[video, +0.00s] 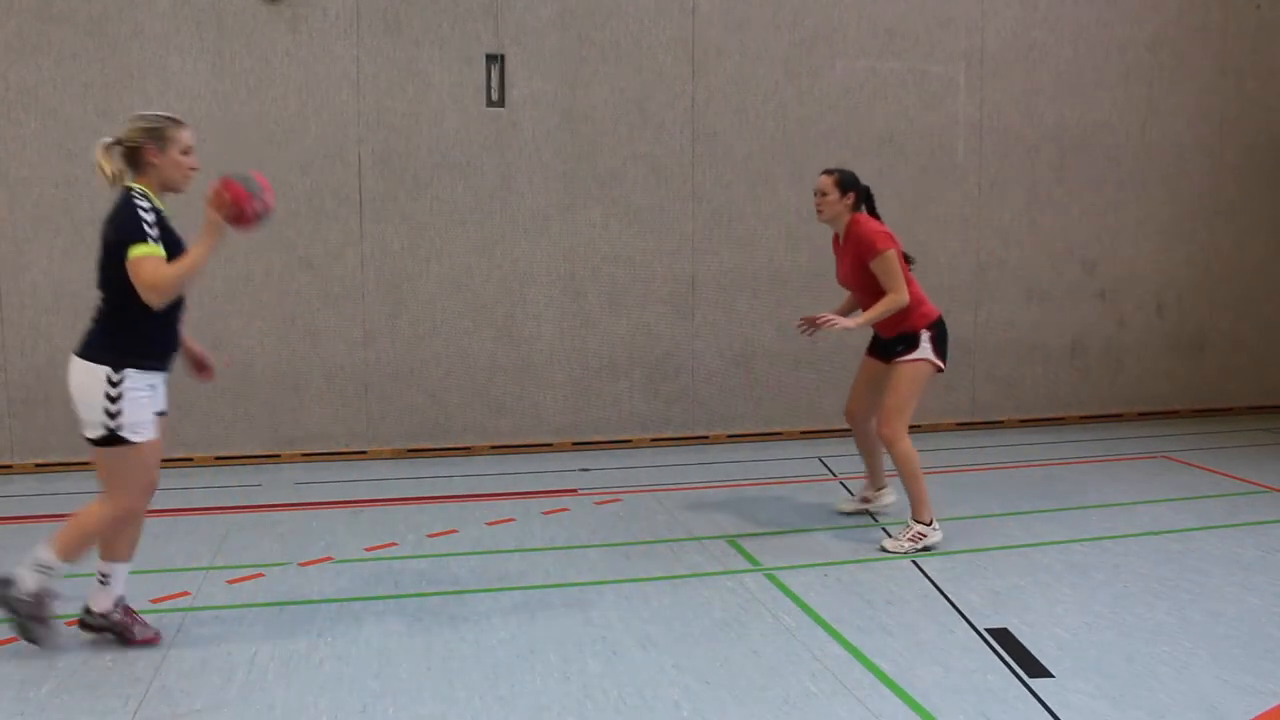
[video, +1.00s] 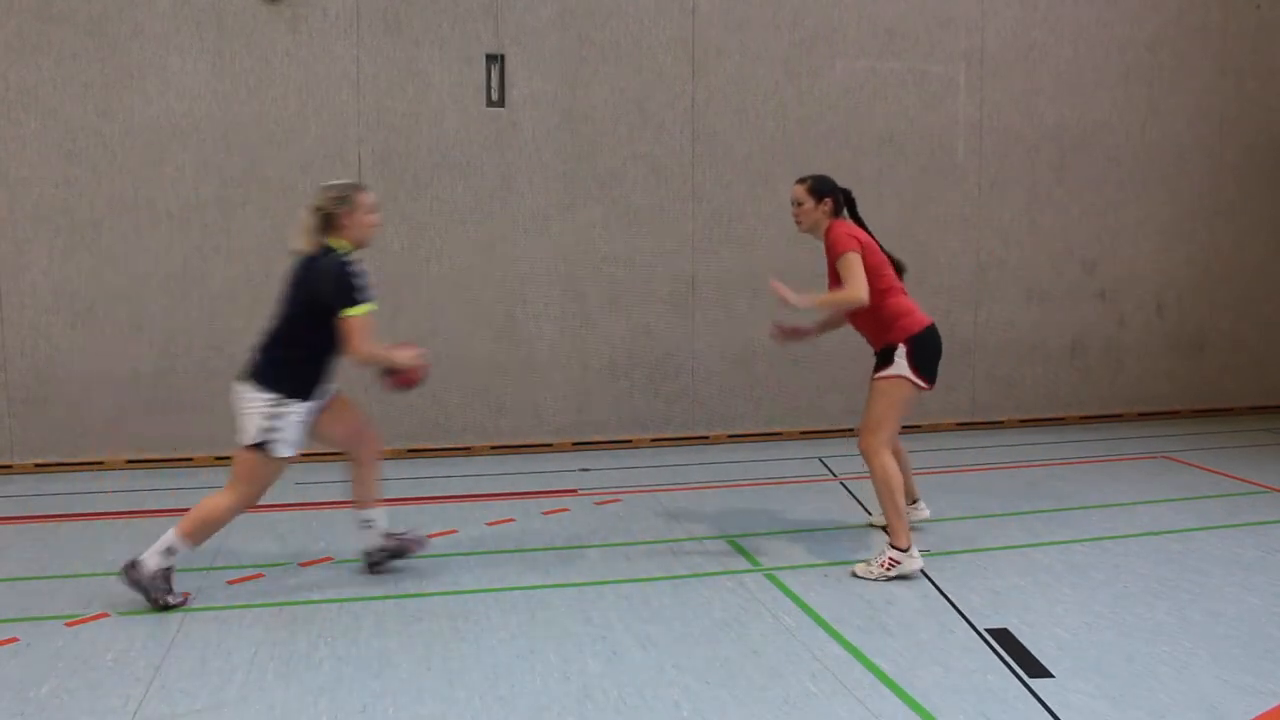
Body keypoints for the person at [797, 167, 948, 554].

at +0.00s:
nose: (816, 202)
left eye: (823, 195)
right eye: (815, 195)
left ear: (848, 198)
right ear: (837, 201)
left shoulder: (870, 234)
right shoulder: (842, 237)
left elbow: (899, 295)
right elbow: (862, 289)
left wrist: (854, 322)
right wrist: (832, 316)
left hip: (920, 334)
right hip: (887, 335)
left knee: (891, 427)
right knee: (858, 414)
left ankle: (925, 524)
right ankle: (877, 489)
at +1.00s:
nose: (794, 213)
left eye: (799, 205)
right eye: (792, 206)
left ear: (826, 204)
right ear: (824, 206)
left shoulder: (841, 233)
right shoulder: (835, 240)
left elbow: (858, 294)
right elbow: (851, 308)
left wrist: (803, 301)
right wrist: (809, 330)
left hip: (908, 342)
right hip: (898, 343)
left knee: (873, 443)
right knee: (880, 432)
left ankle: (901, 550)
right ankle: (910, 503)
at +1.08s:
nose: (795, 212)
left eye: (801, 204)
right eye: (794, 205)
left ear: (828, 203)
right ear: (825, 205)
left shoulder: (842, 230)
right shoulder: (841, 238)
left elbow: (841, 275)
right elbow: (839, 302)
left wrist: (785, 262)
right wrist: (787, 308)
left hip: (911, 338)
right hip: (903, 338)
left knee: (871, 439)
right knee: (884, 429)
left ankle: (895, 549)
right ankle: (922, 503)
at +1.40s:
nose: (795, 215)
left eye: (800, 206)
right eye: (794, 208)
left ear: (827, 204)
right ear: (819, 208)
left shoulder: (844, 228)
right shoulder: (823, 253)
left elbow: (791, 247)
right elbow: (785, 300)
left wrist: (737, 227)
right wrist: (728, 299)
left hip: (908, 341)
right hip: (892, 345)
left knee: (865, 442)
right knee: (875, 433)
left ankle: (874, 551)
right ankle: (918, 502)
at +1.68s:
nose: (783, 256)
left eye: (791, 250)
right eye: (782, 250)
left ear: (816, 257)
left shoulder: (824, 277)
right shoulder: (810, 304)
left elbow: (773, 291)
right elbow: (793, 361)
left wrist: (723, 268)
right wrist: (750, 342)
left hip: (892, 395)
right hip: (878, 399)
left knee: (837, 474)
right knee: (860, 475)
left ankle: (880, 578)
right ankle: (927, 519)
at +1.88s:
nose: (794, 256)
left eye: (804, 250)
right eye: (793, 250)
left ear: (826, 259)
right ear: (793, 258)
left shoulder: (830, 281)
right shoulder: (801, 303)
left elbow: (812, 300)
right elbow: (802, 365)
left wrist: (775, 272)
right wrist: (763, 322)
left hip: (880, 405)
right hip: (865, 407)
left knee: (820, 479)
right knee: (866, 492)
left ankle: (876, 576)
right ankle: (933, 517)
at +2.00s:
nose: (798, 257)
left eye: (808, 251)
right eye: (794, 251)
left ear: (826, 260)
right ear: (788, 257)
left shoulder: (833, 283)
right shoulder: (786, 300)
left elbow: (827, 299)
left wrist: (777, 273)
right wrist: (729, 287)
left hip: (884, 405)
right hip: (857, 411)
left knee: (826, 474)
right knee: (872, 491)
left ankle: (875, 574)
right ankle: (938, 516)